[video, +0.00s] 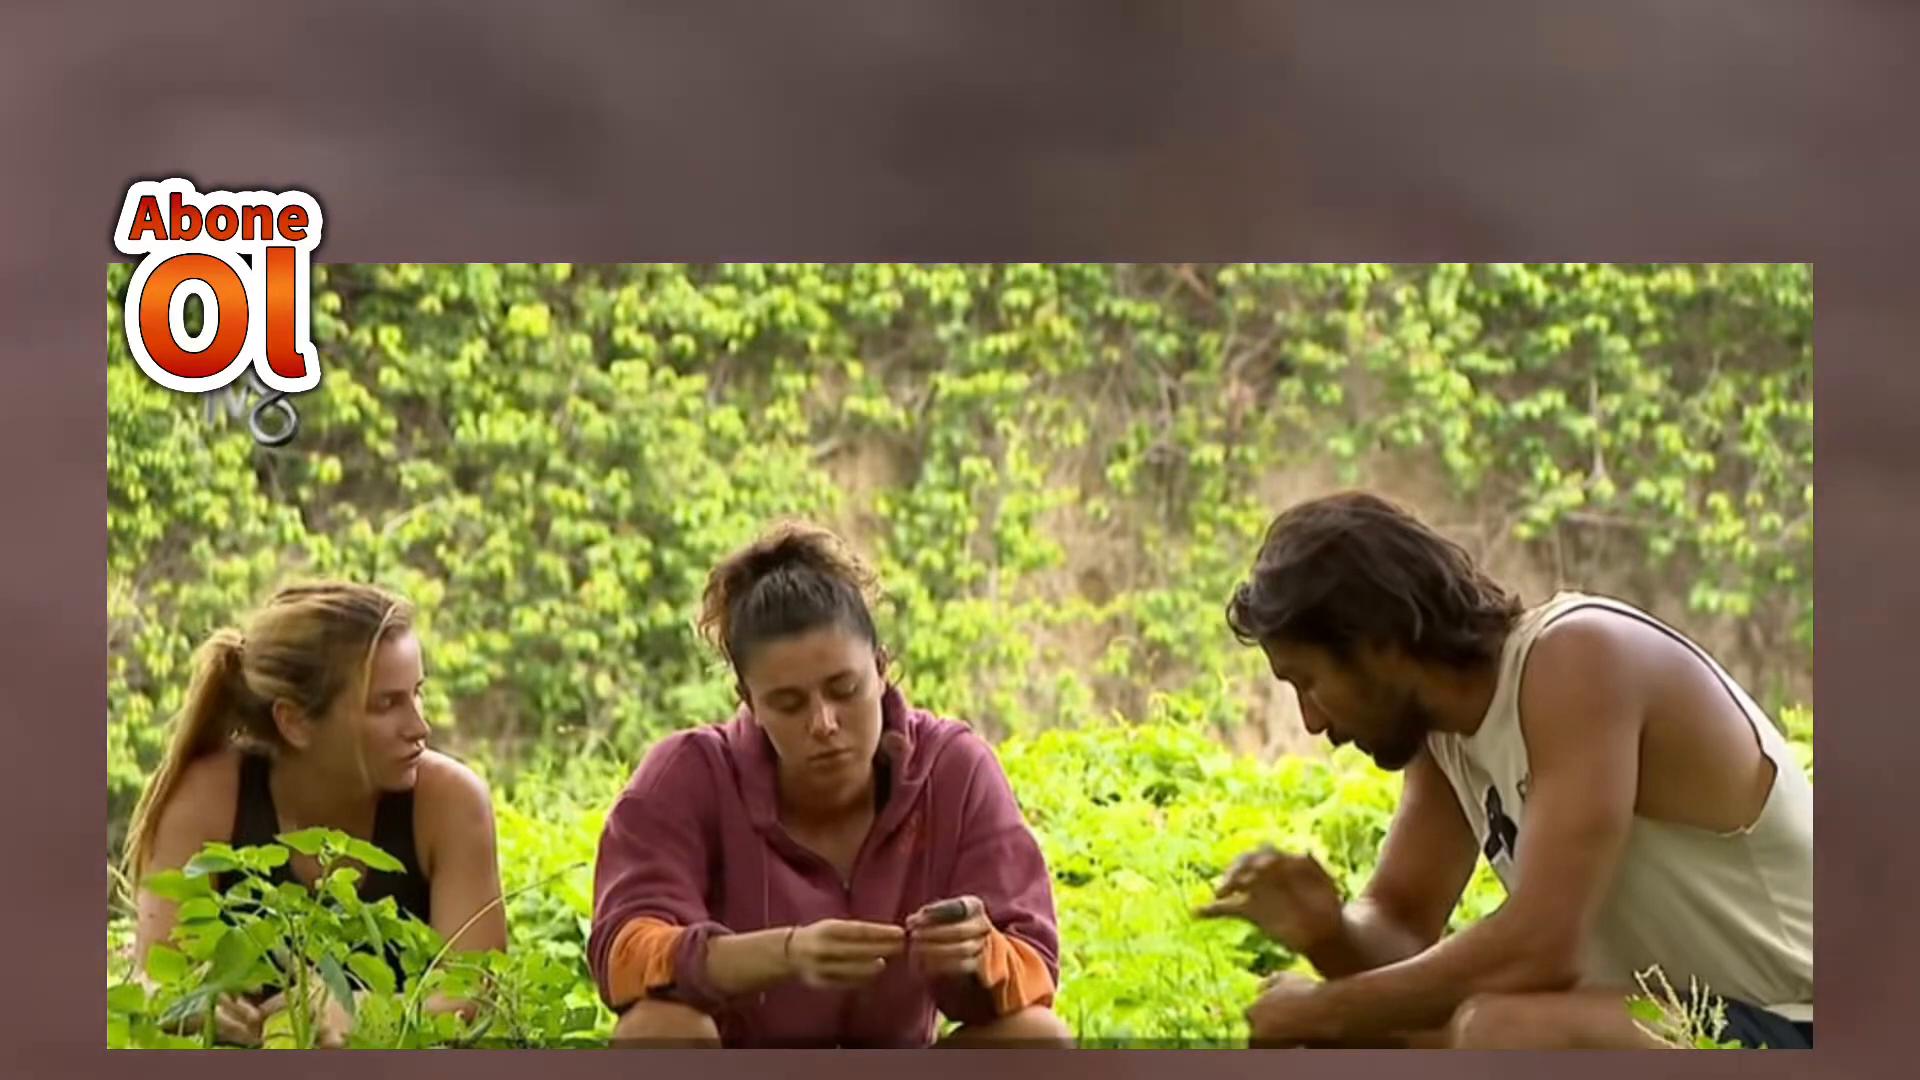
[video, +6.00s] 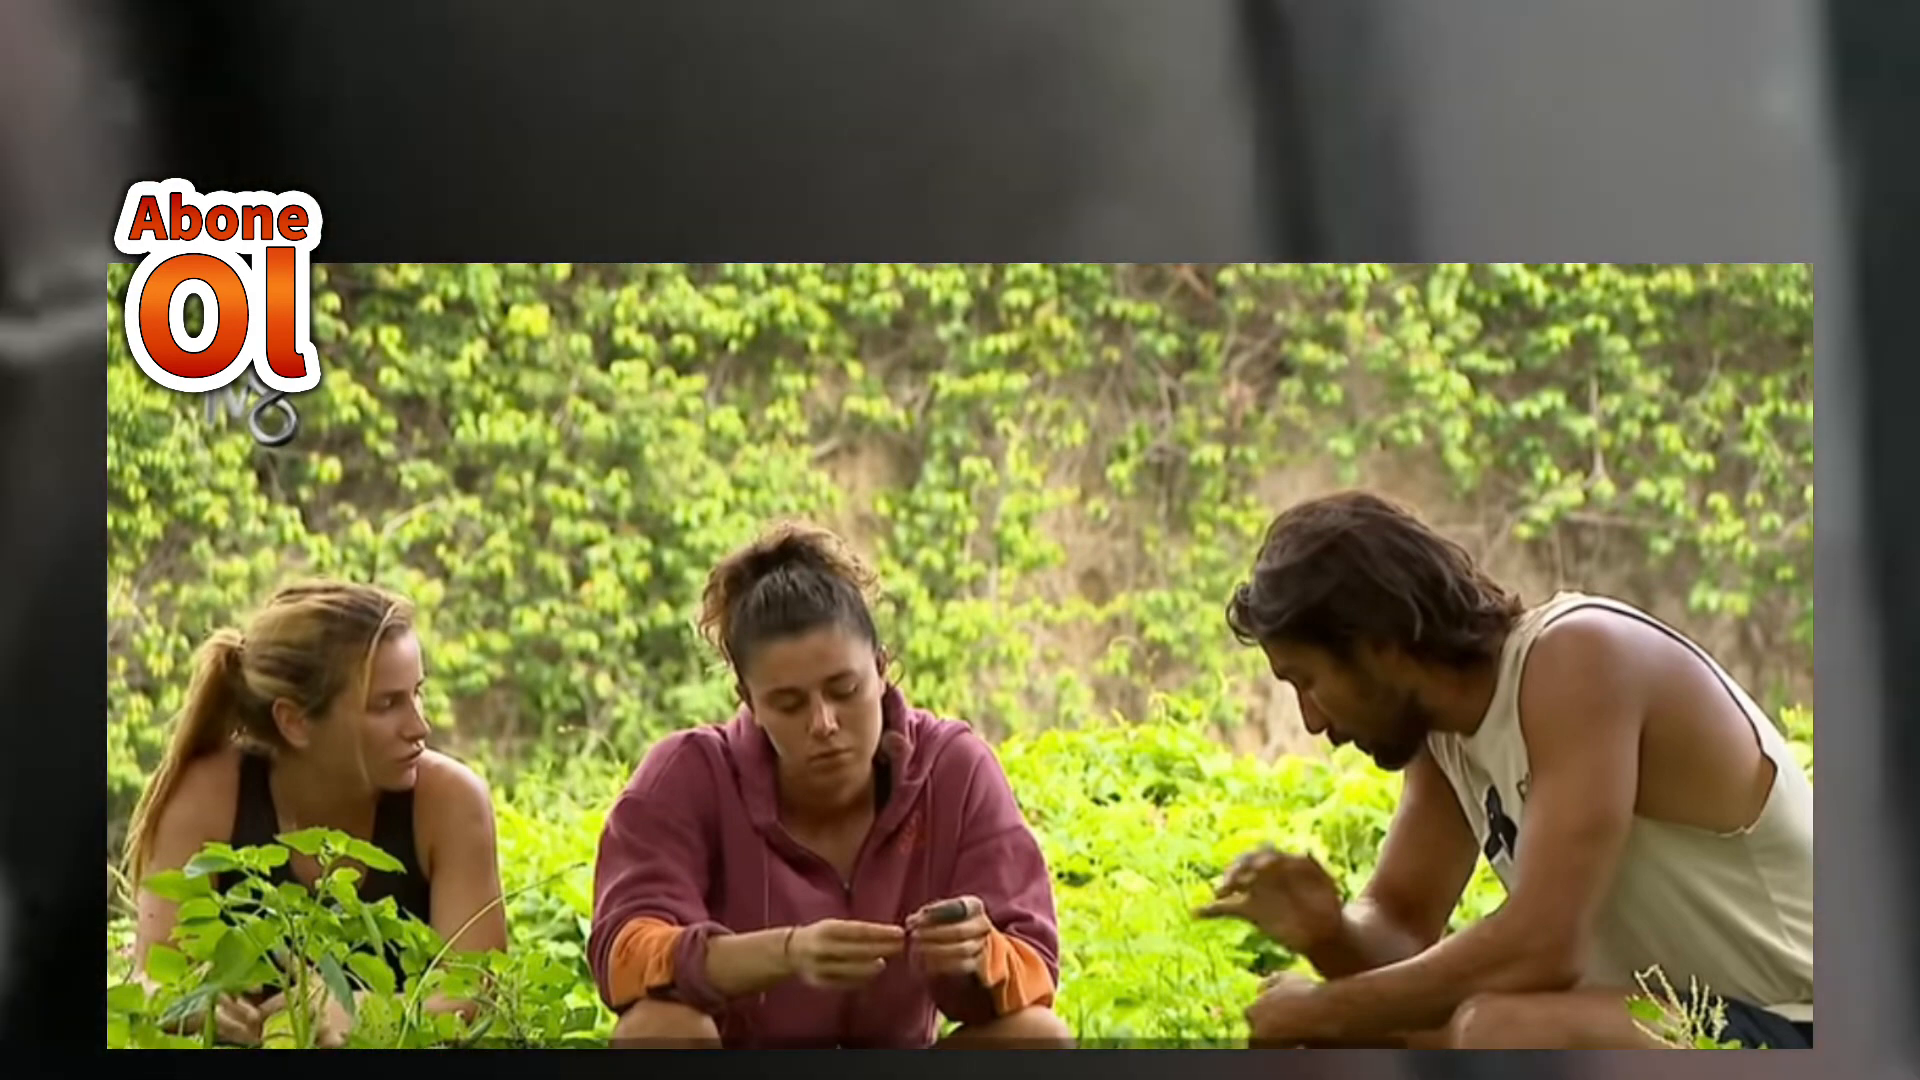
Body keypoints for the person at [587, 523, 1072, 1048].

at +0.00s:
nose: (824, 725)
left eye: (844, 690)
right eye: (789, 703)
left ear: (880, 669)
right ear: (747, 699)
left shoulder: (956, 766)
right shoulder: (688, 772)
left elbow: (1030, 969)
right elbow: (629, 956)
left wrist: (978, 953)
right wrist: (787, 952)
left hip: (897, 1059)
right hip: (738, 1060)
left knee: (1037, 1037)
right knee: (659, 1027)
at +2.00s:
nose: (824, 725)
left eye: (844, 690)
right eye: (789, 703)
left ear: (880, 669)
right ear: (747, 699)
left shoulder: (955, 766)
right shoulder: (687, 773)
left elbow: (1031, 970)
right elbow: (628, 957)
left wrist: (978, 953)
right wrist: (787, 952)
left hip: (898, 1045)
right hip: (739, 1045)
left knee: (1037, 1034)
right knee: (659, 1025)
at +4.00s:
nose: (824, 725)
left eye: (844, 690)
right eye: (789, 703)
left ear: (880, 669)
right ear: (747, 699)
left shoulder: (955, 766)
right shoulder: (687, 773)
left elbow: (1031, 969)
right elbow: (629, 957)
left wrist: (978, 952)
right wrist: (787, 952)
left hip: (896, 1061)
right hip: (737, 1062)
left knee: (1038, 1037)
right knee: (659, 1027)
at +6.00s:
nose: (824, 725)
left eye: (844, 690)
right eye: (789, 703)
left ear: (881, 670)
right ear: (747, 699)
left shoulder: (955, 766)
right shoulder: (687, 773)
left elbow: (1031, 969)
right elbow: (629, 957)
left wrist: (977, 954)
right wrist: (787, 951)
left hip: (898, 1053)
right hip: (740, 1053)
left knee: (1037, 1035)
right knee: (658, 1025)